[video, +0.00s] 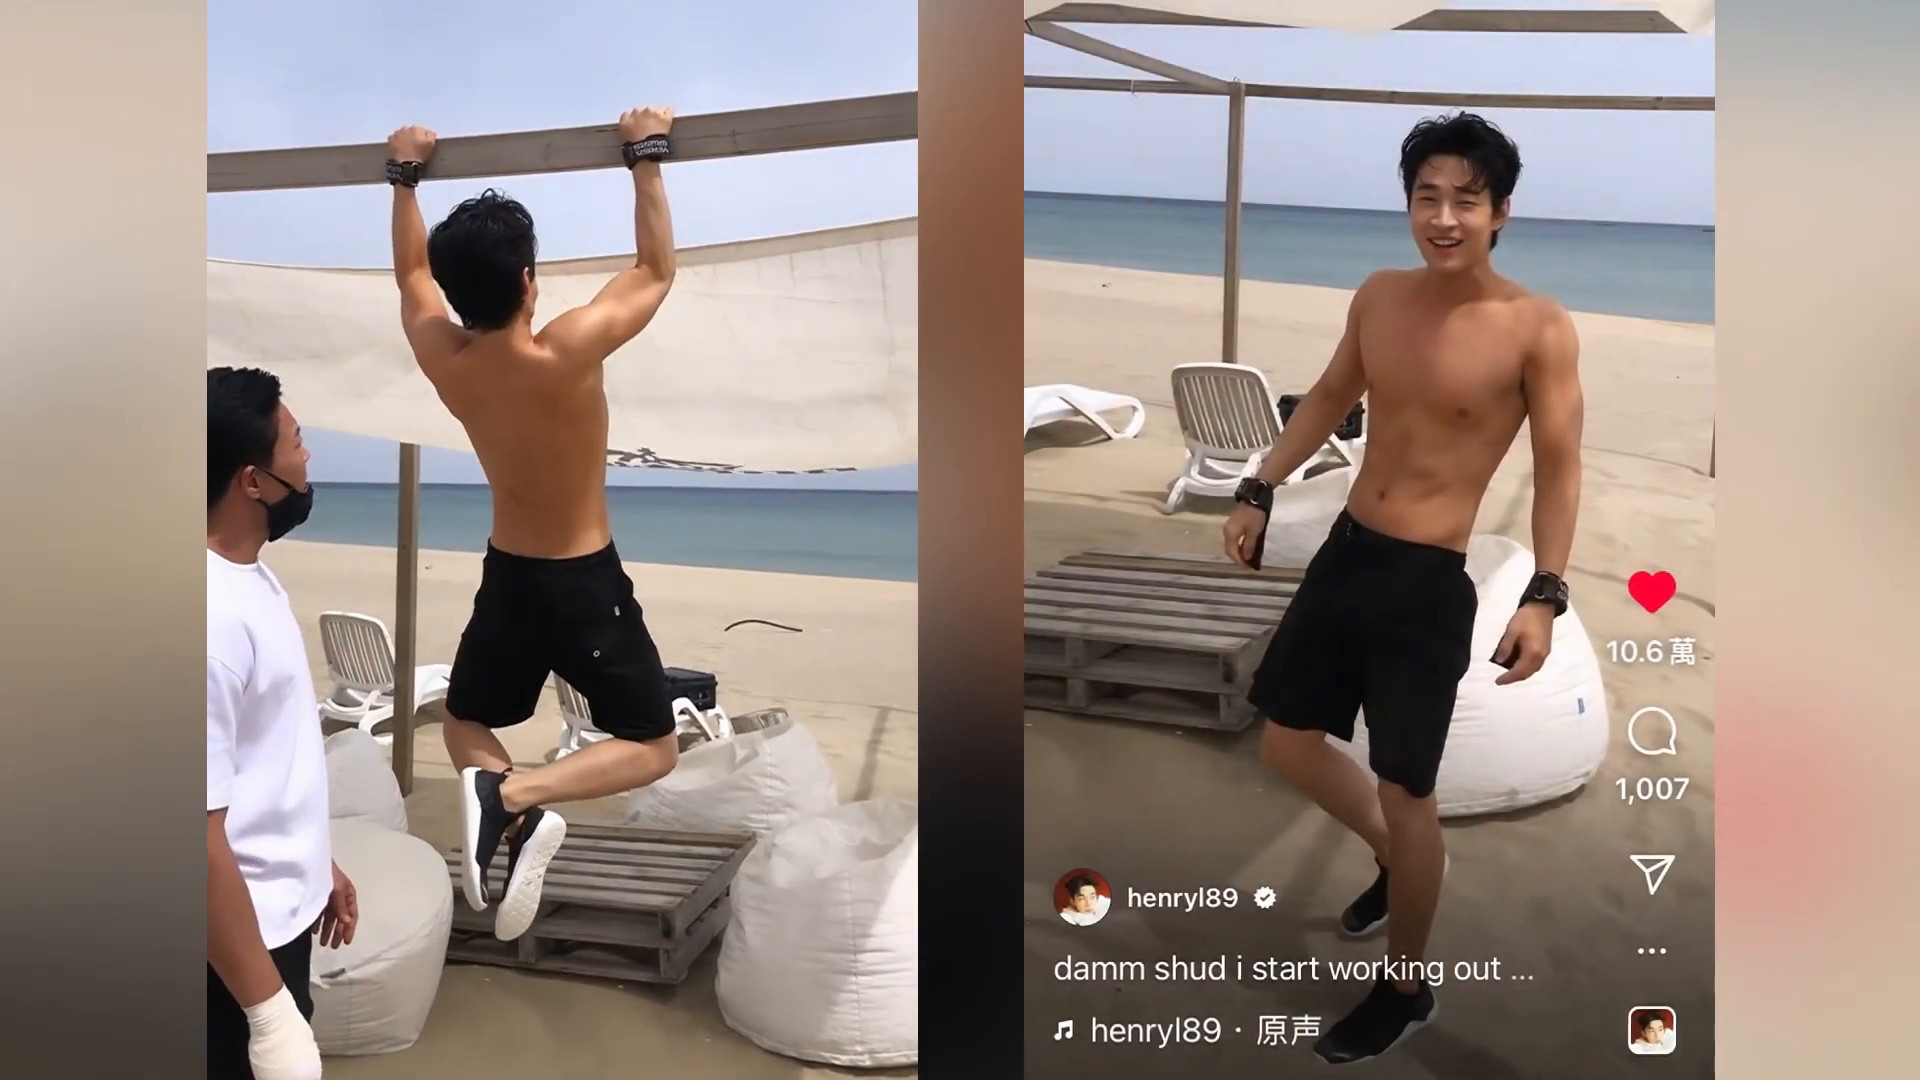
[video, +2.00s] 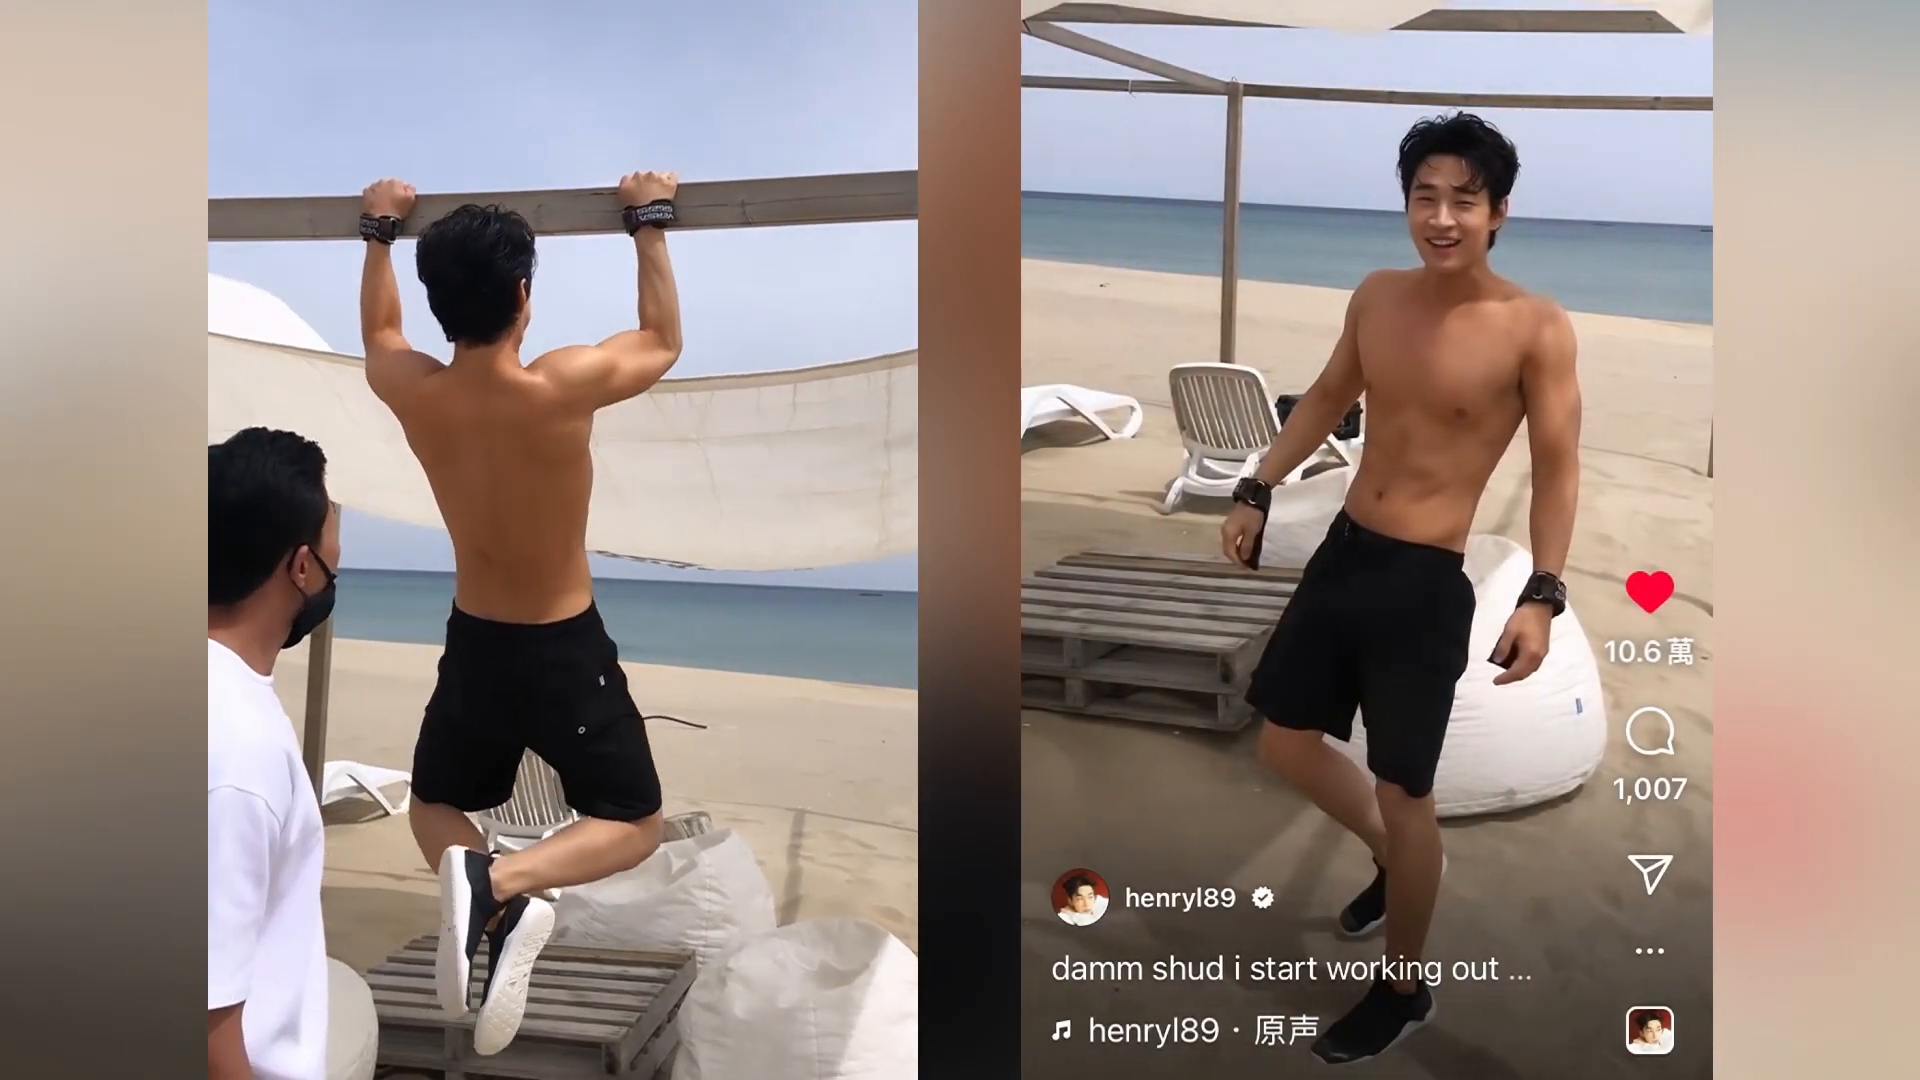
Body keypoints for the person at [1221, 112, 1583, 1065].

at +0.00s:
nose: (1442, 216)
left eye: (1464, 198)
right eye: (1426, 197)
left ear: (1500, 211)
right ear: (1407, 208)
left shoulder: (1536, 328)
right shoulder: (1380, 297)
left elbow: (1558, 468)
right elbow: (1331, 398)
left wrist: (1543, 595)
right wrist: (1258, 484)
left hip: (1429, 579)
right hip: (1347, 554)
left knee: (1404, 799)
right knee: (1286, 742)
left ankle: (1405, 982)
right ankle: (1400, 847)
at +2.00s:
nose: (1440, 216)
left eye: (1462, 198)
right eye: (1424, 197)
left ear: (1498, 210)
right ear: (1406, 208)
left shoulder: (1534, 328)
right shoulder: (1378, 297)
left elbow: (1556, 468)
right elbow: (1329, 398)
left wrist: (1540, 595)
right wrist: (1256, 484)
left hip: (1427, 579)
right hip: (1345, 554)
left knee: (1402, 799)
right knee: (1284, 742)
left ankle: (1402, 981)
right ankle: (1398, 847)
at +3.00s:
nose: (1440, 216)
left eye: (1462, 198)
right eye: (1424, 197)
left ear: (1498, 210)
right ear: (1406, 208)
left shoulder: (1534, 328)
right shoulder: (1378, 297)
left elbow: (1556, 468)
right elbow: (1329, 398)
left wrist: (1540, 595)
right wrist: (1256, 484)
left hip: (1427, 579)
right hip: (1345, 554)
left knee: (1402, 799)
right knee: (1284, 742)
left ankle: (1402, 981)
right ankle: (1398, 847)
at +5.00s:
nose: (1440, 216)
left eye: (1462, 198)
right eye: (1424, 197)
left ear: (1498, 210)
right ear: (1406, 208)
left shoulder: (1535, 328)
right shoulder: (1378, 296)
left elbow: (1556, 468)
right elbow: (1330, 398)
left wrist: (1540, 595)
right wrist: (1255, 484)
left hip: (1426, 579)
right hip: (1345, 553)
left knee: (1402, 799)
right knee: (1284, 742)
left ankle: (1403, 981)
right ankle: (1398, 847)